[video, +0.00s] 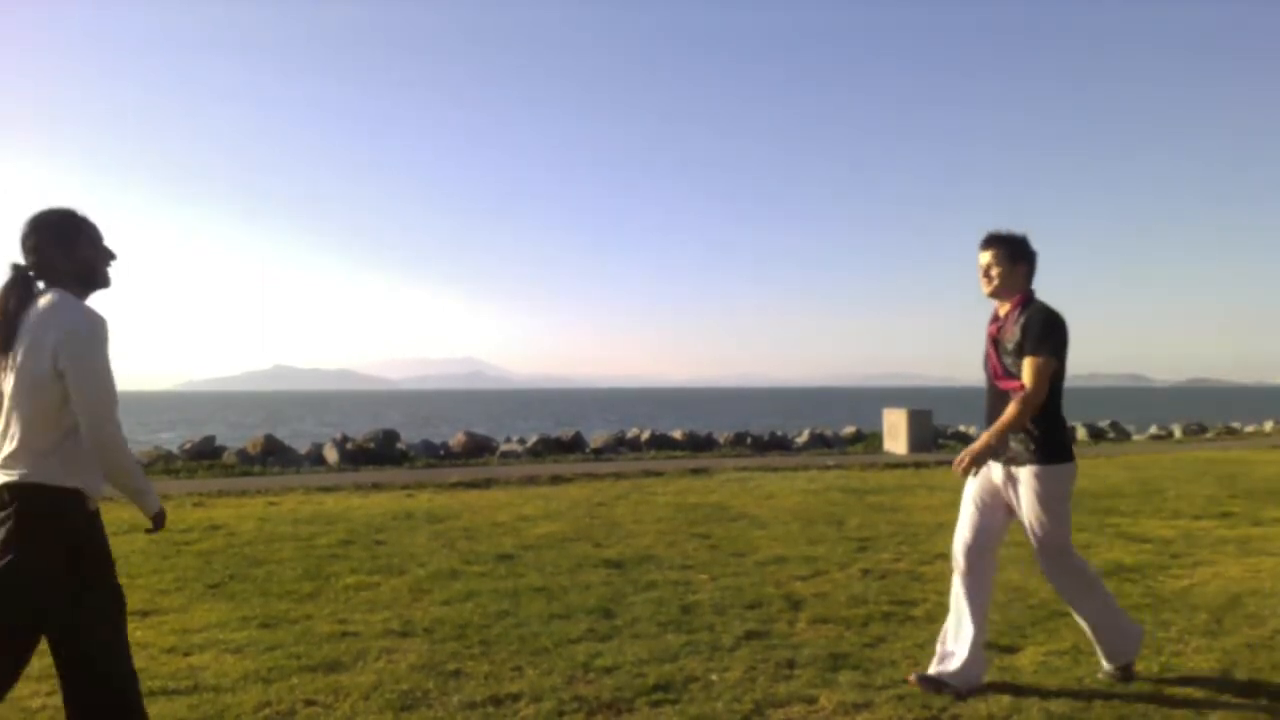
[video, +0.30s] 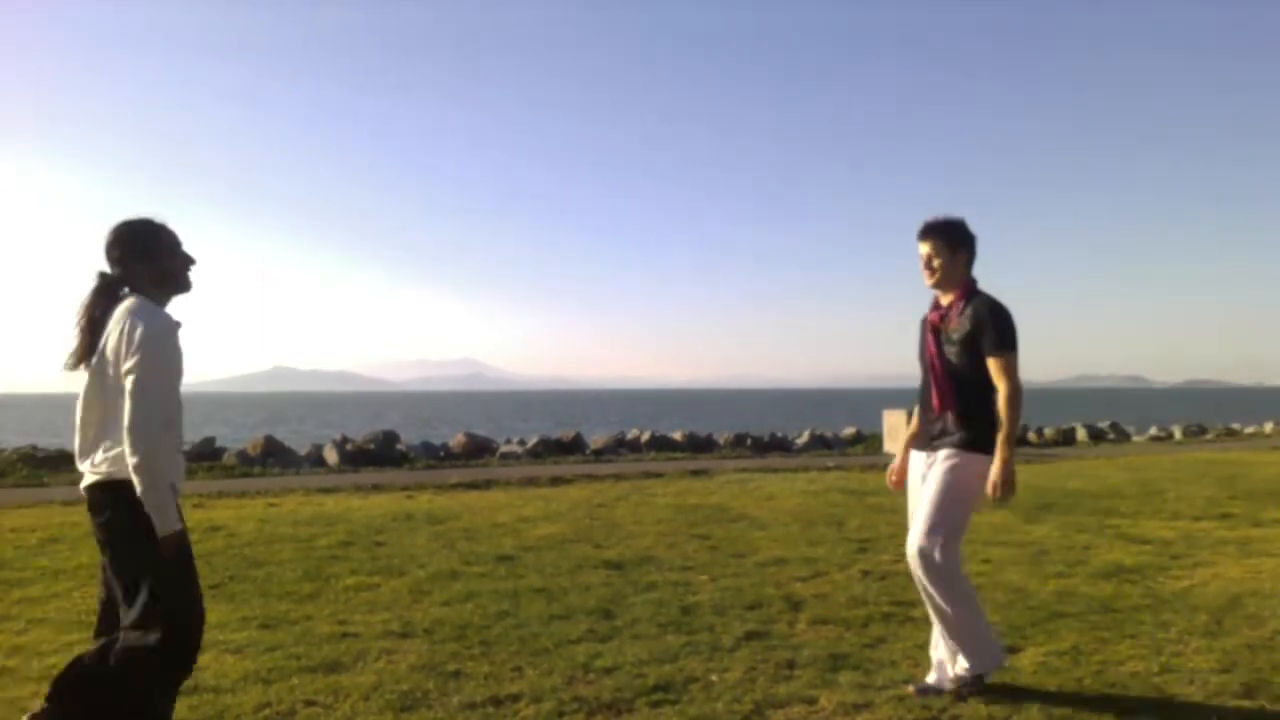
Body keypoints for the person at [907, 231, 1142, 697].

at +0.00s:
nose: (985, 276)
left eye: (994, 267)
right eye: (981, 269)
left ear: (1023, 269)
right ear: (983, 274)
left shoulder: (1043, 322)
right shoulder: (997, 323)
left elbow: (1034, 394)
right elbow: (1008, 390)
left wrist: (983, 444)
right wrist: (1004, 442)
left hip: (1040, 462)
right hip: (995, 458)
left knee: (1056, 559)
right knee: (968, 557)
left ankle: (1122, 644)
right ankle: (957, 669)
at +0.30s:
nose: (927, 266)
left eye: (936, 258)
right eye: (922, 259)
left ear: (964, 258)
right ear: (921, 264)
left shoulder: (987, 313)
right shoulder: (931, 320)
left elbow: (1008, 387)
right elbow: (931, 398)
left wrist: (1003, 457)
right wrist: (905, 448)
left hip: (965, 449)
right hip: (926, 447)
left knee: (926, 548)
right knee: (926, 555)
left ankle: (980, 654)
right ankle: (946, 666)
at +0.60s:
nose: (877, 268)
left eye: (886, 260)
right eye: (874, 261)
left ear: (917, 261)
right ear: (875, 264)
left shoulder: (940, 322)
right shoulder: (874, 323)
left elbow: (970, 399)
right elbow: (865, 394)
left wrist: (977, 473)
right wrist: (831, 447)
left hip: (909, 462)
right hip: (871, 460)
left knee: (863, 568)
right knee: (905, 572)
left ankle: (819, 684)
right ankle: (955, 670)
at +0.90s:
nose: (801, 259)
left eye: (811, 251)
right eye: (798, 251)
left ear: (843, 254)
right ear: (801, 256)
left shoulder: (865, 315)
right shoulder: (809, 317)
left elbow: (892, 397)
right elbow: (812, 400)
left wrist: (884, 470)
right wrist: (788, 460)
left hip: (847, 462)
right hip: (814, 461)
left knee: (810, 577)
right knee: (835, 569)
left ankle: (803, 698)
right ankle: (914, 637)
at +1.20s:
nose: (755, 257)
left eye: (763, 247)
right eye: (752, 249)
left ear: (797, 246)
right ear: (758, 251)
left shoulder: (814, 304)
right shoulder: (776, 305)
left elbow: (811, 383)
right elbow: (783, 383)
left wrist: (765, 448)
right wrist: (768, 445)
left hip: (802, 461)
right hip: (768, 457)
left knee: (788, 585)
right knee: (727, 567)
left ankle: (802, 699)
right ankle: (721, 686)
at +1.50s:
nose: (720, 258)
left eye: (728, 249)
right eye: (717, 251)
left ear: (761, 248)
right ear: (724, 254)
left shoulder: (781, 307)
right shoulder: (737, 310)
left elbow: (770, 391)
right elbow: (742, 390)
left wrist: (713, 449)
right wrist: (726, 451)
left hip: (771, 471)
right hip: (724, 466)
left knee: (773, 592)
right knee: (679, 581)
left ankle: (795, 704)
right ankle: (630, 699)